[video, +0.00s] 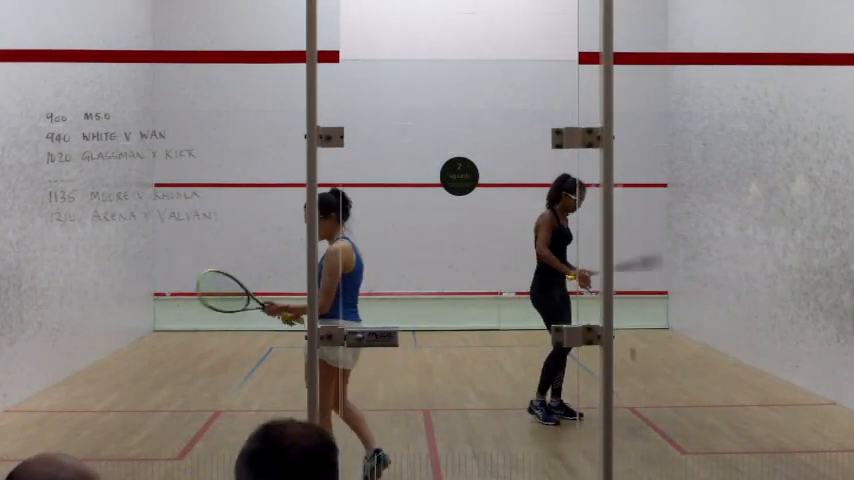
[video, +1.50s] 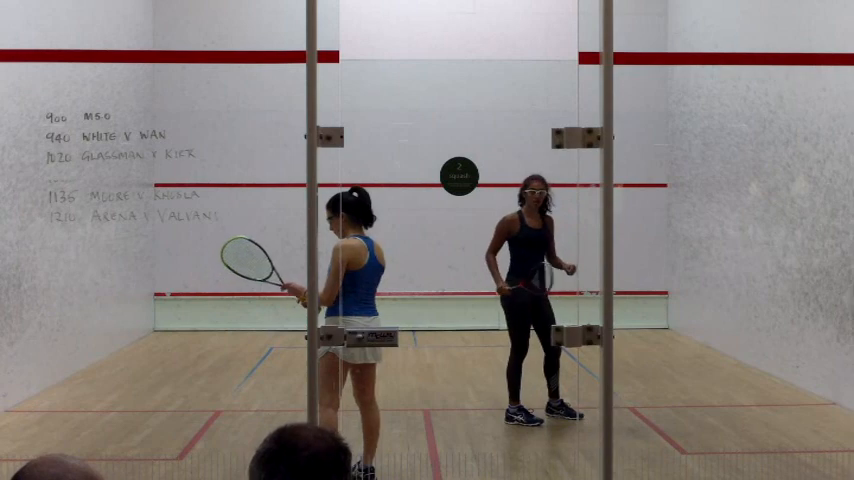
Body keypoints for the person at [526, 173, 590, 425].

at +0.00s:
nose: (577, 205)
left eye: (578, 200)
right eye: (575, 199)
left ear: (567, 198)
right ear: (563, 197)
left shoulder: (563, 220)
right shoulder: (546, 219)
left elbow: (559, 256)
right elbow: (542, 251)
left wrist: (576, 274)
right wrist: (572, 272)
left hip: (558, 288)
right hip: (544, 289)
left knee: (565, 343)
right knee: (561, 343)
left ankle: (556, 401)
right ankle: (538, 401)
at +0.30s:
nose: (575, 202)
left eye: (576, 197)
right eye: (573, 197)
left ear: (562, 196)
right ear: (561, 195)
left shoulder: (557, 219)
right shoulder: (545, 218)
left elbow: (557, 257)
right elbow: (538, 250)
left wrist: (577, 272)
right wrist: (560, 275)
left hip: (557, 289)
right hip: (544, 290)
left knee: (561, 346)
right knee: (546, 347)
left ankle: (555, 402)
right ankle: (519, 402)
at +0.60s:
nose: (570, 202)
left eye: (571, 197)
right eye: (568, 197)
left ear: (556, 195)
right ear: (555, 194)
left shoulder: (549, 218)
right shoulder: (540, 217)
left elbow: (548, 257)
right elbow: (538, 248)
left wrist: (570, 276)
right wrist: (566, 271)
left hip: (551, 291)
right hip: (539, 292)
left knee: (559, 344)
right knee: (537, 347)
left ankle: (555, 402)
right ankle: (516, 405)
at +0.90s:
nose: (562, 204)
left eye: (563, 200)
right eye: (560, 199)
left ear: (548, 196)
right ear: (547, 196)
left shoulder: (540, 218)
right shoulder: (533, 217)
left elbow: (544, 260)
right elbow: (531, 251)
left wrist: (568, 272)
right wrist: (552, 279)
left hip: (542, 292)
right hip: (532, 293)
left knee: (555, 344)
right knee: (530, 348)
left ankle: (555, 402)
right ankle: (515, 407)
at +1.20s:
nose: (553, 201)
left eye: (555, 197)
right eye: (551, 196)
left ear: (545, 197)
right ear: (537, 194)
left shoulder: (545, 221)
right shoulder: (521, 220)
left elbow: (549, 258)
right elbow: (500, 254)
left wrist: (571, 258)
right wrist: (518, 284)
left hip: (542, 292)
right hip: (523, 293)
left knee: (551, 347)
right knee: (525, 348)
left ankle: (555, 402)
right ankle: (514, 407)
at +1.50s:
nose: (536, 194)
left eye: (541, 191)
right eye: (532, 190)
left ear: (546, 195)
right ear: (523, 193)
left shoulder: (547, 222)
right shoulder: (510, 222)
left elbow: (551, 257)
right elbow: (490, 255)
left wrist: (564, 265)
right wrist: (500, 283)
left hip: (538, 292)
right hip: (515, 292)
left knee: (553, 346)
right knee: (519, 349)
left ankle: (554, 402)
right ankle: (514, 408)